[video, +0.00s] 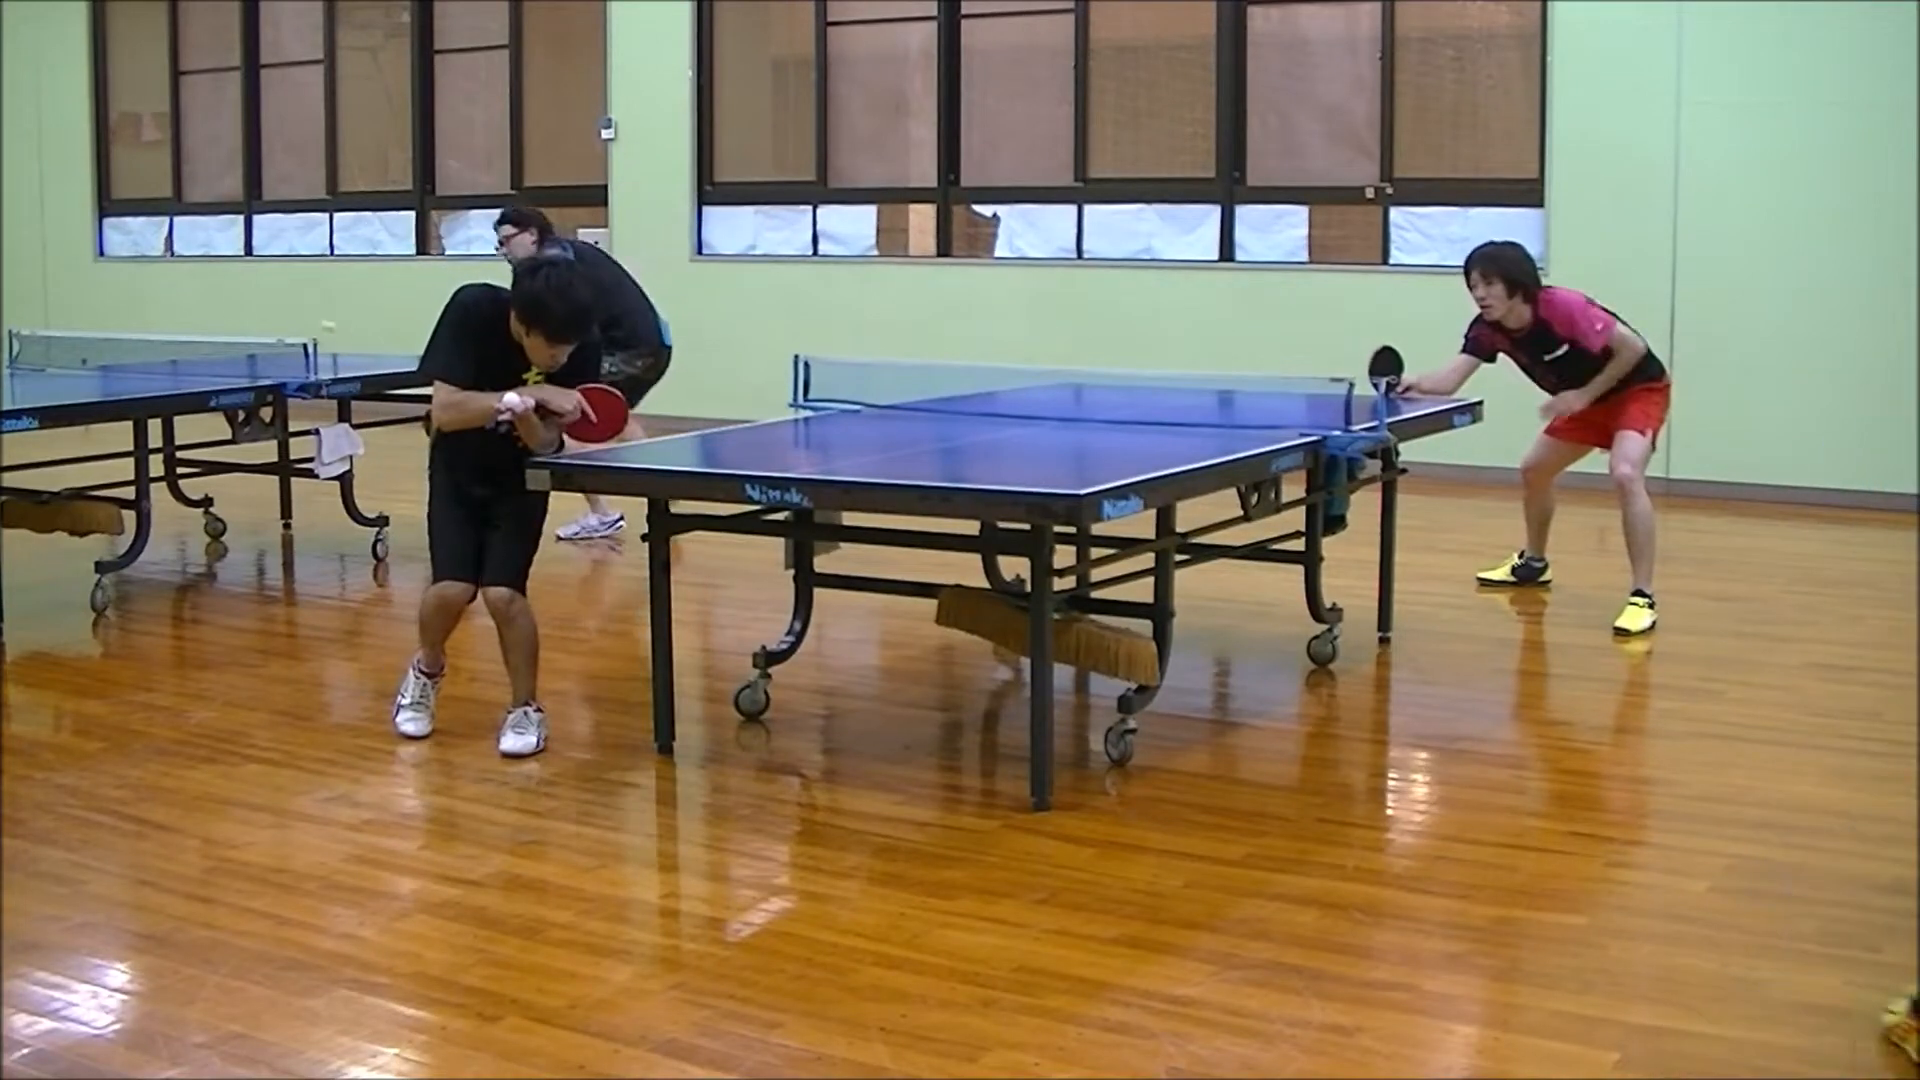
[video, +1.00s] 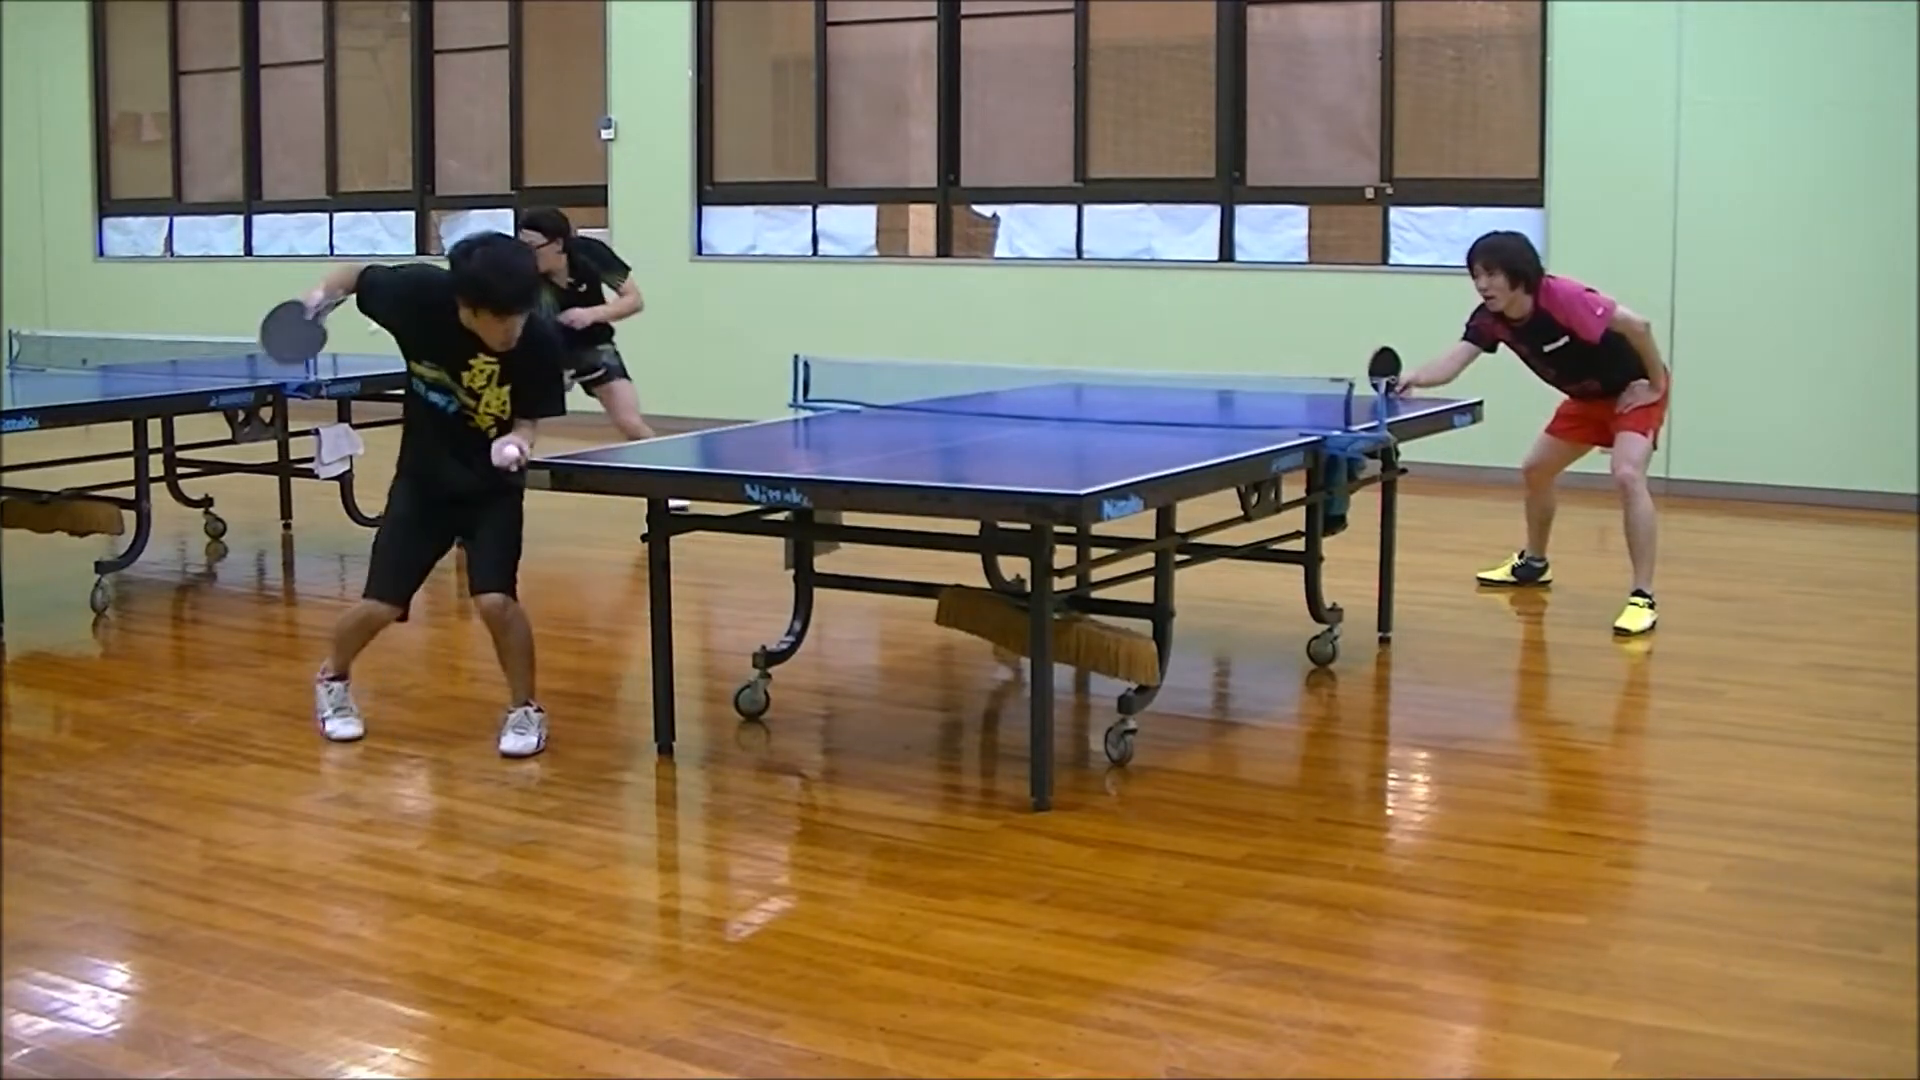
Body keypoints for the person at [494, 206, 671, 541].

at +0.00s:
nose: (502, 250)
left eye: (507, 240)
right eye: (500, 243)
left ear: (532, 235)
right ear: (535, 237)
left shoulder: (548, 266)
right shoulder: (563, 250)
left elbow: (583, 337)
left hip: (637, 349)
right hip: (644, 345)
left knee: (576, 420)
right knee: (609, 413)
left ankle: (601, 513)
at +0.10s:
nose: (496, 236)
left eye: (502, 227)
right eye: (494, 229)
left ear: (527, 223)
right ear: (525, 226)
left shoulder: (554, 256)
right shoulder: (547, 246)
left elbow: (563, 317)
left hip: (628, 345)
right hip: (608, 339)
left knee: (564, 414)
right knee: (563, 409)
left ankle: (601, 509)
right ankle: (610, 496)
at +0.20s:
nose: (495, 225)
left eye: (501, 215)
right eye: (492, 217)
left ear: (527, 211)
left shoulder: (554, 236)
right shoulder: (536, 244)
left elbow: (587, 274)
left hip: (618, 339)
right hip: (592, 336)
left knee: (568, 409)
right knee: (555, 408)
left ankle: (596, 507)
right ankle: (592, 505)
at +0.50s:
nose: (495, 222)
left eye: (502, 214)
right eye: (492, 215)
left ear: (528, 213)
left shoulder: (564, 234)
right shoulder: (514, 254)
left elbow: (613, 284)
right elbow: (517, 305)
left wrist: (574, 321)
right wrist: (530, 334)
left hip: (610, 320)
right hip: (563, 327)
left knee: (608, 396)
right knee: (551, 402)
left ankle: (633, 492)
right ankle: (556, 482)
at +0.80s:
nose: (531, 249)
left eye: (538, 241)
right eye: (526, 242)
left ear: (561, 239)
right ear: (522, 239)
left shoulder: (599, 252)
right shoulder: (531, 266)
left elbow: (648, 303)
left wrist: (610, 337)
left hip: (617, 338)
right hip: (562, 340)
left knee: (638, 424)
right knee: (542, 422)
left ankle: (671, 491)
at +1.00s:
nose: (527, 255)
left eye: (533, 247)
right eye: (524, 247)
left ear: (558, 245)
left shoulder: (590, 253)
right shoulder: (525, 268)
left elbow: (634, 300)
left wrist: (592, 313)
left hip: (592, 343)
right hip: (544, 346)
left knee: (629, 423)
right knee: (520, 419)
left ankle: (669, 488)